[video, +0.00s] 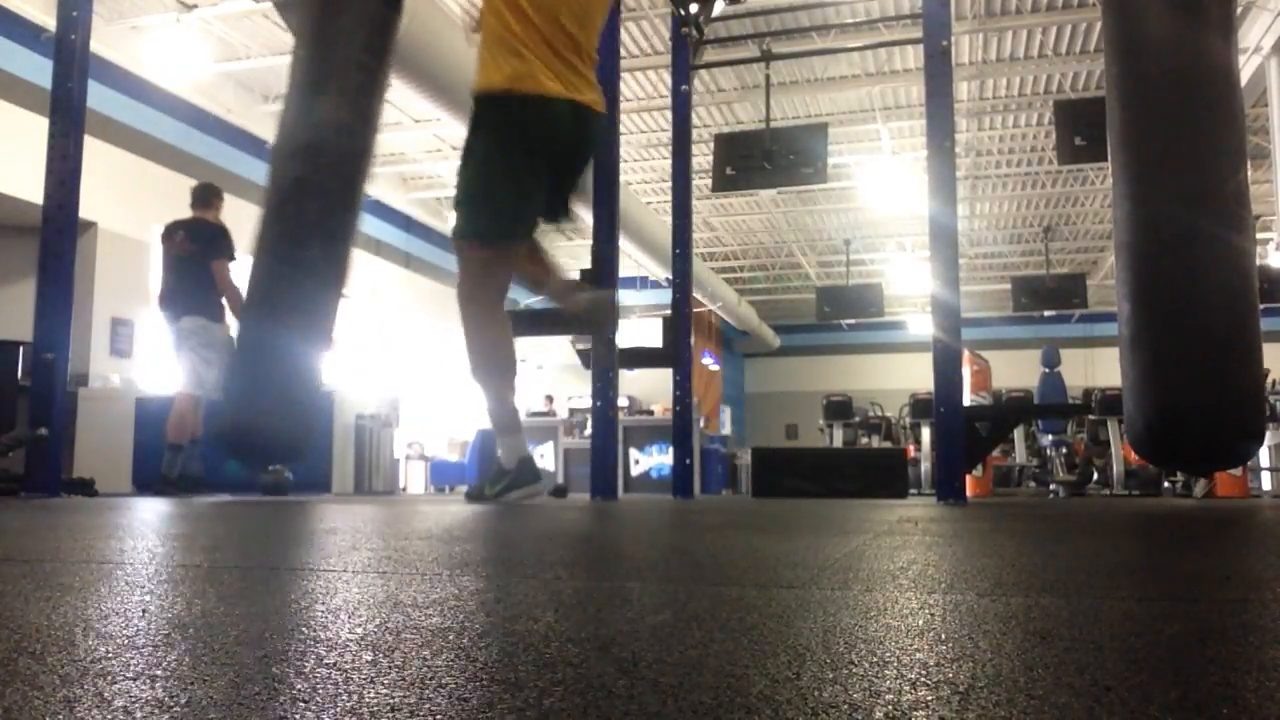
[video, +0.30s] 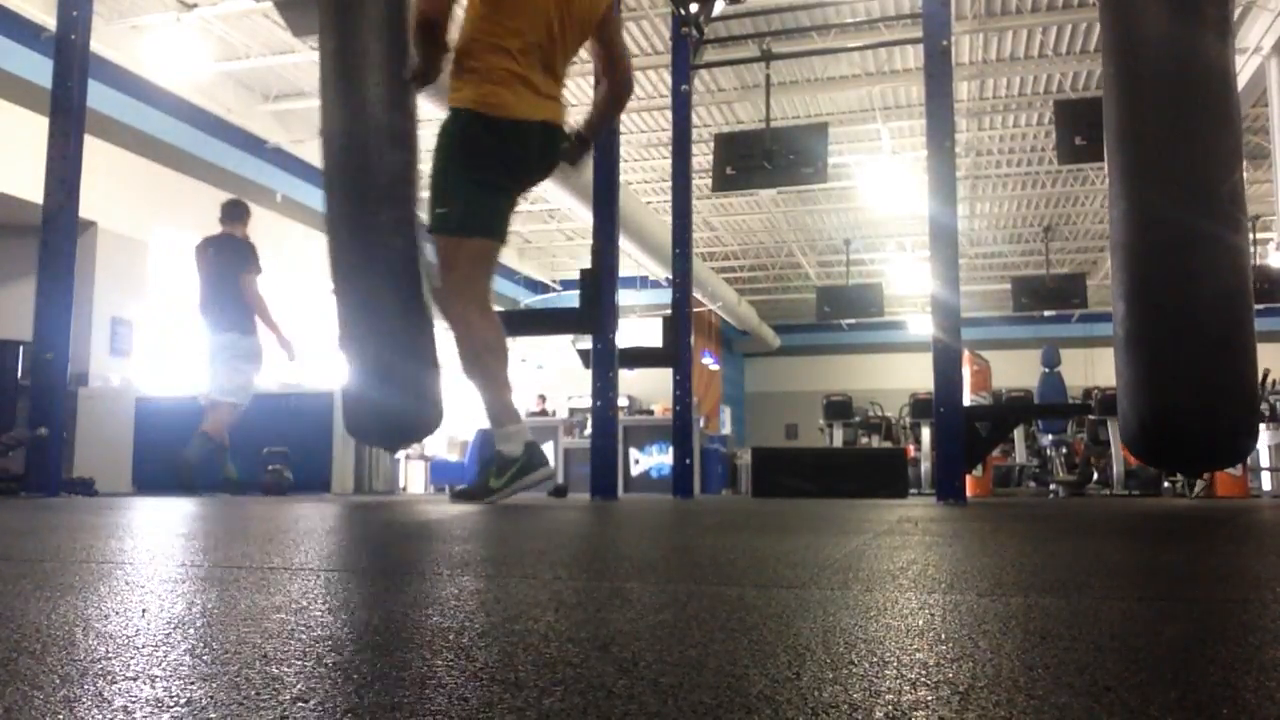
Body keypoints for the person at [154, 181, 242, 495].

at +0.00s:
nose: (220, 210)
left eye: (218, 205)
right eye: (220, 206)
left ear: (192, 203)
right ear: (217, 205)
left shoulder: (172, 229)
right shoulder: (216, 231)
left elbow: (165, 288)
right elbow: (224, 281)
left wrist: (174, 320)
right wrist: (245, 317)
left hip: (176, 311)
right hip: (202, 314)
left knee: (196, 392)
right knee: (190, 389)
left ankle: (191, 464)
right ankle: (171, 464)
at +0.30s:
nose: (245, 227)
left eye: (239, 221)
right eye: (246, 222)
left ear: (221, 219)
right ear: (245, 221)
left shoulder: (204, 246)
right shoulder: (244, 248)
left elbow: (206, 297)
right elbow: (250, 293)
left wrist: (216, 324)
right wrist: (279, 334)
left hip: (214, 331)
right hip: (238, 332)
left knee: (218, 399)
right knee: (232, 400)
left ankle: (226, 468)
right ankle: (194, 456)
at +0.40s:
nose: (256, 230)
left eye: (254, 225)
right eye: (256, 225)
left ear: (231, 223)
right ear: (253, 224)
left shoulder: (215, 249)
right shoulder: (251, 250)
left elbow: (214, 300)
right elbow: (257, 296)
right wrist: (283, 337)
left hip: (225, 338)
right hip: (250, 338)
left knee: (222, 402)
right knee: (260, 400)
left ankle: (223, 472)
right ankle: (221, 442)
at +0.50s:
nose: (265, 233)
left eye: (262, 227)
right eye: (265, 228)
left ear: (242, 224)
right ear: (264, 226)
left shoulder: (224, 250)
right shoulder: (259, 252)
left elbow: (222, 302)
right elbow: (261, 297)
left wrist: (233, 330)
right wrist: (280, 339)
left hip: (234, 335)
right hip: (259, 335)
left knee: (232, 398)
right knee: (277, 398)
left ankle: (228, 464)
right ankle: (249, 452)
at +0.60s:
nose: (275, 237)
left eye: (272, 231)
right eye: (276, 231)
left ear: (252, 229)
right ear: (275, 231)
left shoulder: (234, 253)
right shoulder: (270, 255)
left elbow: (231, 303)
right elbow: (267, 300)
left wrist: (241, 332)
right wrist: (279, 340)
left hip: (241, 334)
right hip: (264, 334)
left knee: (236, 398)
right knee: (284, 398)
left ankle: (230, 466)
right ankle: (277, 462)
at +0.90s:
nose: (307, 248)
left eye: (303, 242)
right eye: (309, 243)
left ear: (288, 241)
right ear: (309, 243)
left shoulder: (267, 267)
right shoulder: (306, 270)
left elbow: (263, 308)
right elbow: (303, 308)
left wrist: (266, 340)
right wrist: (307, 345)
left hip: (270, 349)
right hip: (299, 348)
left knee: (260, 407)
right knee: (305, 413)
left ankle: (240, 464)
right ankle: (304, 474)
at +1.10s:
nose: (326, 250)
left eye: (322, 244)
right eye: (328, 246)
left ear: (307, 244)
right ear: (328, 246)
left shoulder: (287, 271)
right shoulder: (328, 273)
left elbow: (279, 313)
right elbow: (330, 314)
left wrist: (275, 348)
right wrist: (336, 348)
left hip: (287, 347)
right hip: (317, 347)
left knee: (291, 408)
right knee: (311, 410)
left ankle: (276, 451)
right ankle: (305, 474)